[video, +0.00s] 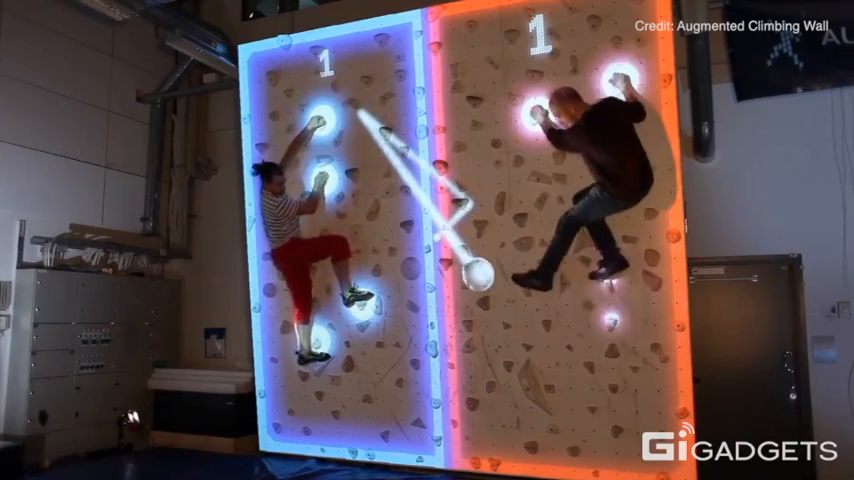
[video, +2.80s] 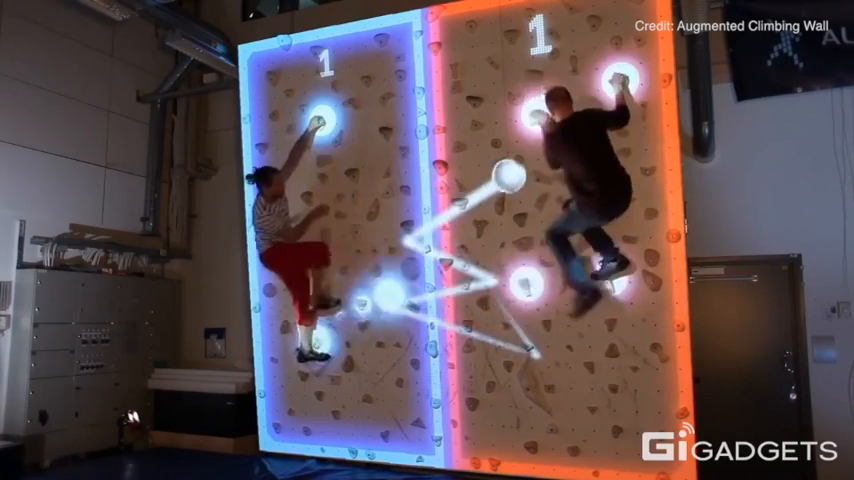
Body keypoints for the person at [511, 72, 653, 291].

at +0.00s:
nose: (559, 121)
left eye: (558, 115)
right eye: (556, 116)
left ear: (569, 109)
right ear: (578, 100)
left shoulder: (580, 134)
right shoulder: (610, 105)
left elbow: (558, 141)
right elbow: (639, 114)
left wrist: (544, 123)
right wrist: (629, 92)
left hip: (622, 193)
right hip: (643, 178)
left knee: (569, 221)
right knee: (581, 200)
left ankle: (543, 275)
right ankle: (612, 259)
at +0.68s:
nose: (555, 117)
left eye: (554, 112)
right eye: (553, 113)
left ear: (563, 105)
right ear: (573, 97)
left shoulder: (572, 130)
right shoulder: (606, 104)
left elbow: (553, 141)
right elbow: (636, 113)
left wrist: (543, 124)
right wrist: (624, 92)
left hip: (612, 194)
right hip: (634, 180)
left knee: (565, 228)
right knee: (577, 200)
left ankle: (569, 292)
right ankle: (612, 258)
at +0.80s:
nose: (551, 127)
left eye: (551, 122)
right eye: (549, 123)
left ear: (560, 116)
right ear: (569, 108)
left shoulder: (569, 140)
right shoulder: (602, 115)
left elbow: (551, 149)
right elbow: (631, 116)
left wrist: (542, 128)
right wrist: (625, 94)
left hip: (609, 202)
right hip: (631, 190)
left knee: (577, 253)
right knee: (573, 203)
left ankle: (581, 320)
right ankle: (611, 256)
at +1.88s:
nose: (539, 115)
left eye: (538, 110)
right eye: (537, 111)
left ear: (548, 105)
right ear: (560, 98)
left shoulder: (555, 131)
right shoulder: (588, 109)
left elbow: (546, 147)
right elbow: (620, 118)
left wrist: (539, 125)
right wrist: (622, 93)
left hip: (592, 200)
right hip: (615, 188)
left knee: (553, 235)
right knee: (574, 214)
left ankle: (581, 294)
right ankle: (611, 261)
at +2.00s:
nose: (535, 104)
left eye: (535, 99)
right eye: (533, 100)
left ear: (546, 93)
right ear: (555, 88)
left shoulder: (550, 121)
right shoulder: (586, 100)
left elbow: (545, 143)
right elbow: (621, 115)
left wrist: (539, 120)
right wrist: (621, 91)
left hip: (589, 192)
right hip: (613, 181)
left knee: (537, 209)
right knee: (564, 209)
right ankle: (608, 260)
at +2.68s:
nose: (523, 97)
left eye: (522, 92)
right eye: (521, 92)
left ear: (527, 90)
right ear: (544, 82)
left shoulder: (534, 117)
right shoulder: (571, 97)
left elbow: (537, 146)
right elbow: (615, 109)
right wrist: (618, 90)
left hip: (569, 187)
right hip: (597, 176)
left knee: (534, 215)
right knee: (563, 210)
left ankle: (539, 274)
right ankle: (607, 254)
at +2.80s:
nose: (554, 111)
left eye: (552, 108)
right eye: (559, 105)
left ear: (550, 110)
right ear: (571, 102)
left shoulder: (556, 136)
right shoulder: (590, 117)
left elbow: (553, 164)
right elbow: (622, 119)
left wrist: (548, 131)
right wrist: (621, 92)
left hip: (598, 206)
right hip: (623, 192)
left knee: (555, 235)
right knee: (575, 209)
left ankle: (584, 289)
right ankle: (612, 258)